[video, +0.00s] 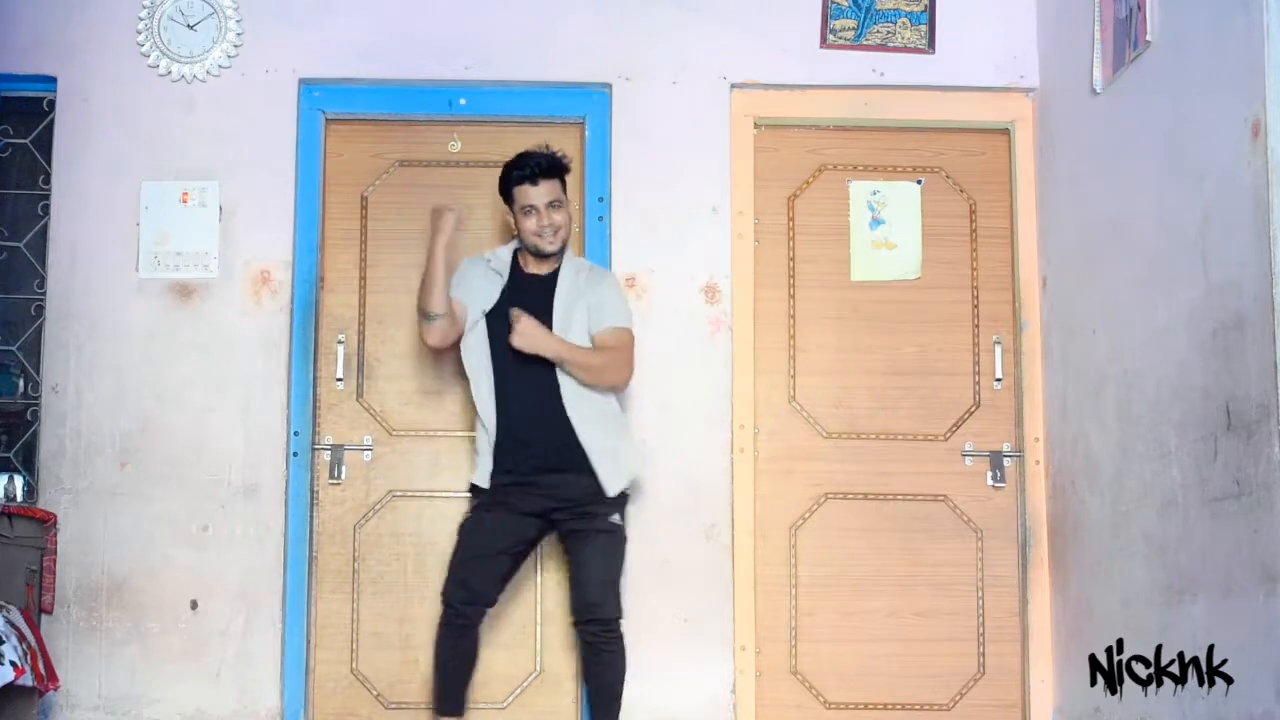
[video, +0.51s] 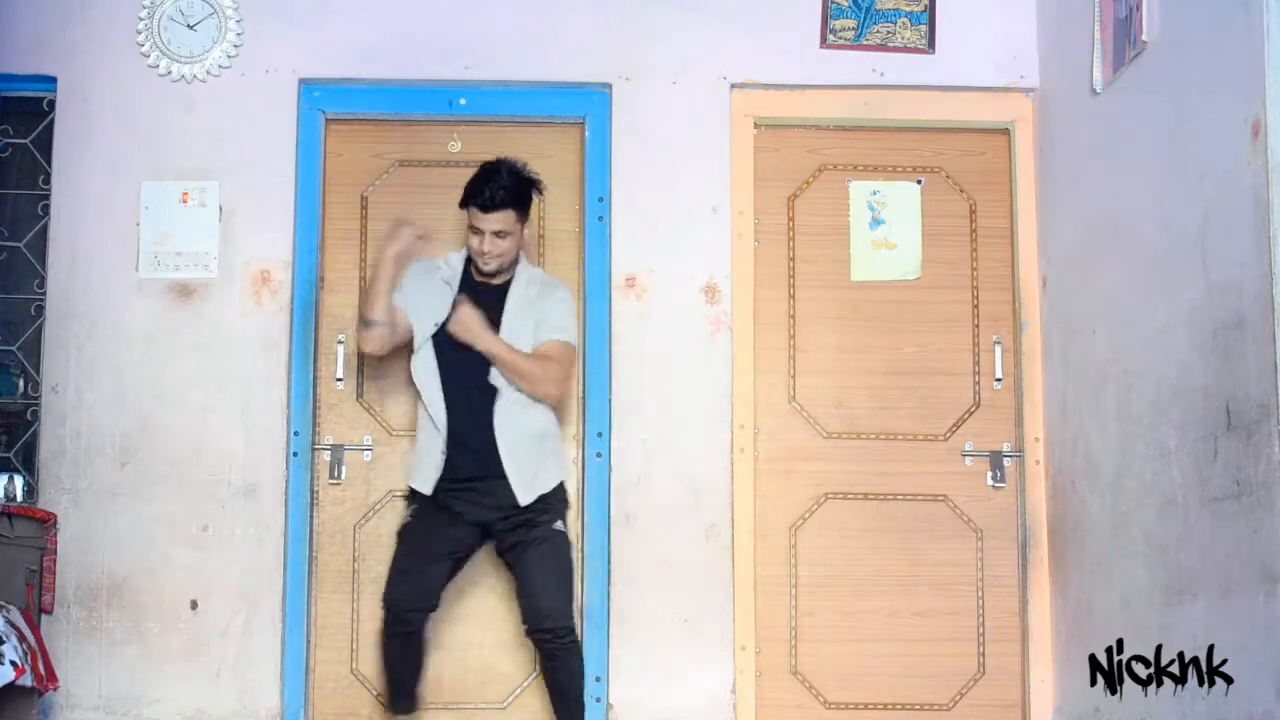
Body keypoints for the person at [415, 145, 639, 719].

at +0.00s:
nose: (546, 221)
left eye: (555, 206)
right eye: (530, 210)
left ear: (570, 207)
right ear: (511, 214)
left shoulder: (598, 283)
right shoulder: (479, 275)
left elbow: (618, 370)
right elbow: (436, 334)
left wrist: (549, 344)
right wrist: (441, 246)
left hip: (592, 486)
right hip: (510, 485)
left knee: (599, 621)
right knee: (461, 605)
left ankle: (605, 718)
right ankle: (447, 715)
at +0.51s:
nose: (487, 246)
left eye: (500, 234)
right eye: (477, 232)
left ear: (524, 229)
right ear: (463, 223)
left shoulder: (550, 296)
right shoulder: (427, 280)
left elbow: (552, 384)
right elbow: (373, 340)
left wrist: (483, 339)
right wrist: (387, 262)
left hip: (530, 497)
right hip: (445, 495)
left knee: (551, 628)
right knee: (402, 612)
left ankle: (572, 716)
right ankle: (402, 713)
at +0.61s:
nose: (465, 229)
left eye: (481, 218)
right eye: (457, 214)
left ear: (506, 215)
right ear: (445, 207)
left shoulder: (531, 274)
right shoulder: (405, 273)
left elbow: (522, 363)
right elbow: (340, 330)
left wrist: (440, 377)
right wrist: (319, 249)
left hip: (493, 489)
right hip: (408, 487)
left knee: (519, 620)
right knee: (381, 618)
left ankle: (539, 717)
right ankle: (345, 717)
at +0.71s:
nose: (445, 226)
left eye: (461, 215)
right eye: (437, 210)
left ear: (484, 219)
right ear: (425, 208)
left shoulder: (503, 272)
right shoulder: (378, 281)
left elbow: (518, 359)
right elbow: (322, 355)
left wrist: (459, 408)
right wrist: (289, 316)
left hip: (464, 484)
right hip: (383, 483)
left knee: (482, 602)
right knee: (366, 617)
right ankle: (339, 717)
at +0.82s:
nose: (425, 226)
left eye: (442, 217)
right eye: (418, 211)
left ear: (463, 223)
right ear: (404, 210)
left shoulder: (488, 274)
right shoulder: (359, 293)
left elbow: (545, 343)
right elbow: (321, 385)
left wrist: (497, 362)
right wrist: (356, 372)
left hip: (449, 487)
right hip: (367, 486)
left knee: (450, 597)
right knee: (359, 621)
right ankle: (336, 718)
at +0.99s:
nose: (415, 234)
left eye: (430, 224)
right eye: (405, 219)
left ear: (447, 230)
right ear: (389, 219)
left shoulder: (466, 273)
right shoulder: (353, 307)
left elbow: (522, 339)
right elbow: (353, 402)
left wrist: (518, 262)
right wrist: (425, 351)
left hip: (442, 489)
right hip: (363, 492)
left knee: (469, 587)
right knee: (360, 629)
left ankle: (382, 650)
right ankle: (334, 718)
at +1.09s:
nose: (423, 229)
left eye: (438, 218)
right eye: (413, 213)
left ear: (453, 223)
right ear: (394, 212)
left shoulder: (467, 269)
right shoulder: (356, 298)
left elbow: (527, 332)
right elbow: (359, 390)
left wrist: (524, 256)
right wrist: (436, 346)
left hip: (455, 487)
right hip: (377, 493)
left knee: (503, 587)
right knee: (369, 626)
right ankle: (339, 716)